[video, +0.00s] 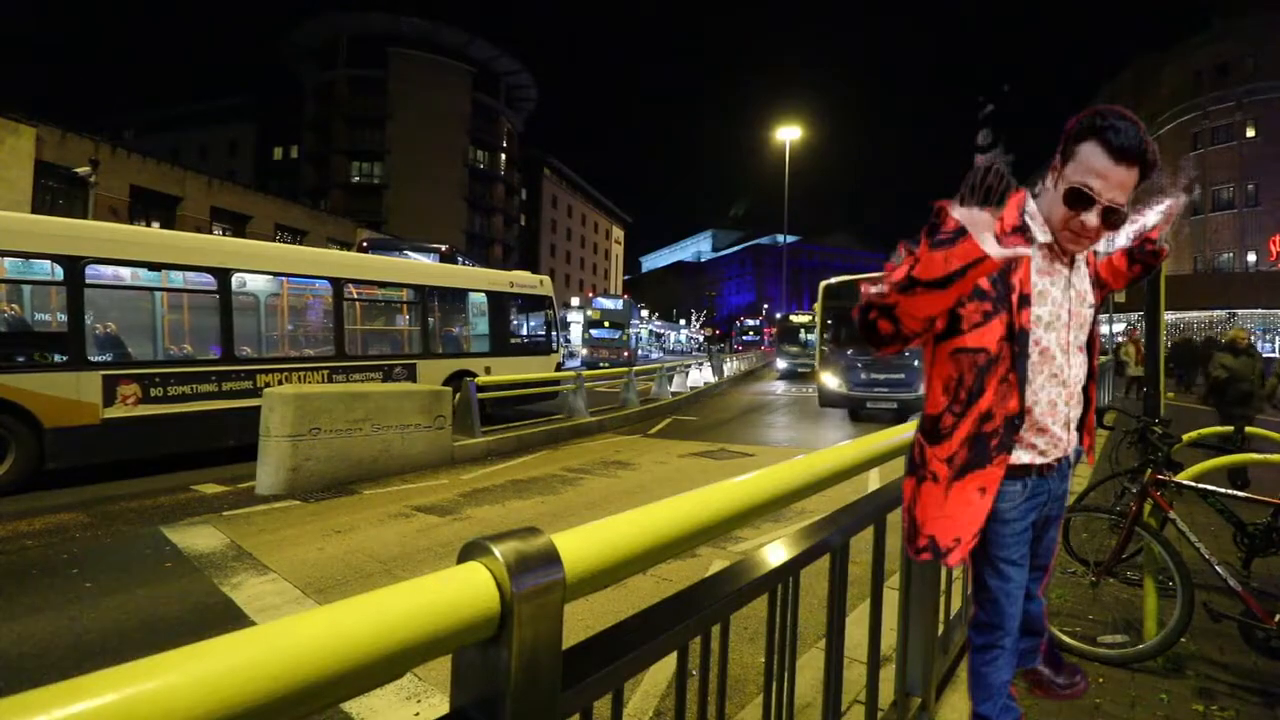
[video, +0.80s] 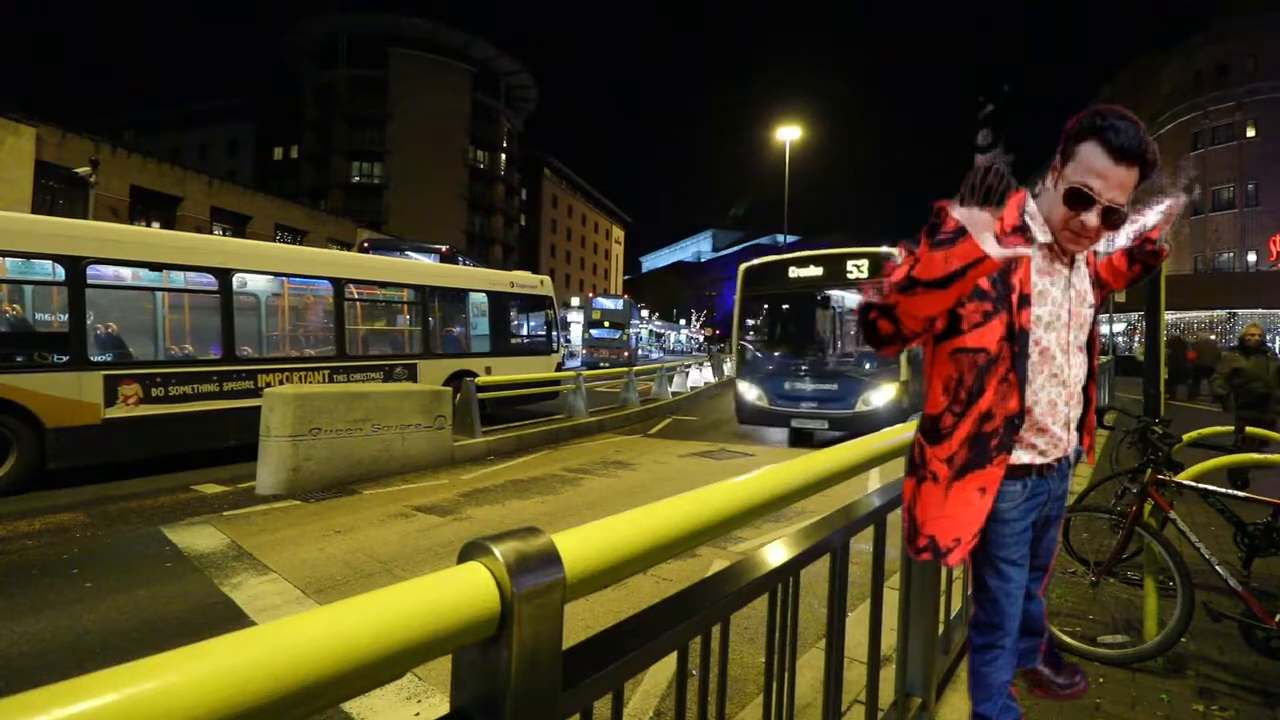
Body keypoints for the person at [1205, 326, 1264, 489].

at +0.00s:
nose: (1244, 342)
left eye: (1246, 339)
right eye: (1241, 339)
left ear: (1249, 340)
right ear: (1232, 339)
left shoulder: (1255, 357)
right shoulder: (1221, 356)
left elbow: (1260, 379)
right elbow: (1215, 375)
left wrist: (1258, 395)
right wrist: (1231, 382)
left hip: (1248, 406)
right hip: (1228, 407)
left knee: (1244, 442)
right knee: (1230, 442)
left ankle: (1243, 475)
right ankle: (1233, 476)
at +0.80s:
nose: (1254, 339)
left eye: (1258, 335)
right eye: (1251, 335)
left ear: (1263, 338)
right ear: (1243, 337)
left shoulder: (1271, 358)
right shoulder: (1232, 356)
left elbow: (1275, 382)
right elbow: (1218, 379)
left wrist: (1274, 399)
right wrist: (1225, 398)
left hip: (1266, 408)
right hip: (1242, 408)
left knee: (1261, 444)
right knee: (1242, 444)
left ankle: (1246, 474)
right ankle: (1237, 476)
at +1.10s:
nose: (1268, 341)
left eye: (1271, 338)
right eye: (1263, 337)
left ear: (1275, 341)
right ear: (1254, 338)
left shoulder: (1275, 359)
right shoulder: (1242, 357)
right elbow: (1228, 376)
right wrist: (1237, 389)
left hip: (1272, 408)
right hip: (1247, 408)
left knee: (1273, 443)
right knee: (1246, 444)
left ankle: (1273, 471)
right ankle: (1240, 475)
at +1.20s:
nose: (1274, 340)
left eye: (1277, 337)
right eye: (1270, 337)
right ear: (1261, 338)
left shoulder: (1277, 360)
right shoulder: (1248, 358)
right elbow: (1231, 379)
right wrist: (1243, 391)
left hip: (1274, 411)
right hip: (1250, 411)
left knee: (1275, 446)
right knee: (1247, 446)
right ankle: (1240, 476)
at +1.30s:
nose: (1275, 338)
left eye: (1278, 334)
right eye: (1272, 334)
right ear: (1264, 336)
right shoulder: (1253, 358)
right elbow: (1235, 379)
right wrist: (1243, 399)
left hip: (1275, 412)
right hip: (1259, 410)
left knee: (1275, 444)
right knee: (1251, 444)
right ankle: (1239, 473)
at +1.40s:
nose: (1278, 337)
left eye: (1279, 333)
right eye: (1275, 333)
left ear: (1279, 335)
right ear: (1266, 335)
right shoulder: (1255, 357)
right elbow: (1238, 384)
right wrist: (1244, 405)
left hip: (1275, 411)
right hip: (1260, 410)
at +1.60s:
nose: (1279, 339)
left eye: (1279, 335)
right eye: (1277, 335)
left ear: (1277, 337)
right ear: (1270, 337)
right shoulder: (1259, 360)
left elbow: (1239, 388)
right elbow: (1239, 389)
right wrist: (1240, 413)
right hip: (1268, 415)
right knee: (1273, 446)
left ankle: (1273, 477)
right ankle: (1272, 477)